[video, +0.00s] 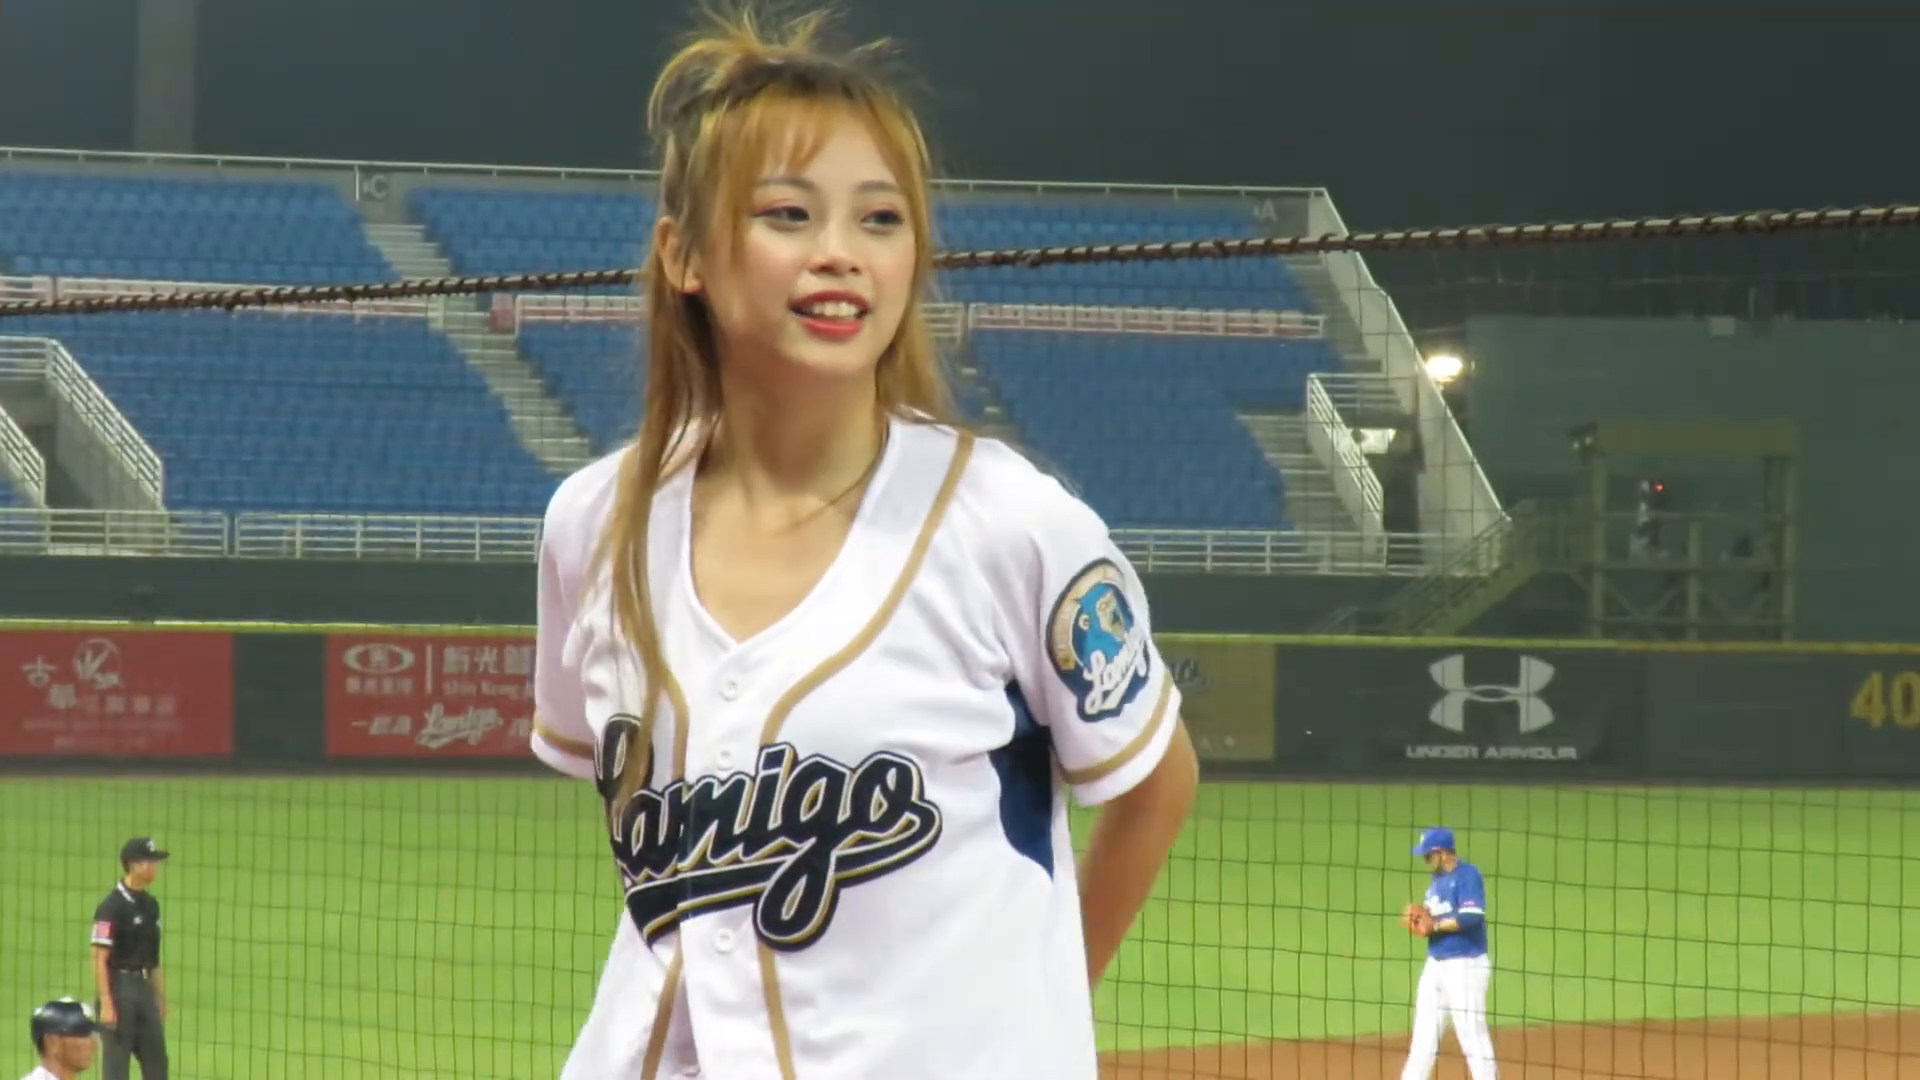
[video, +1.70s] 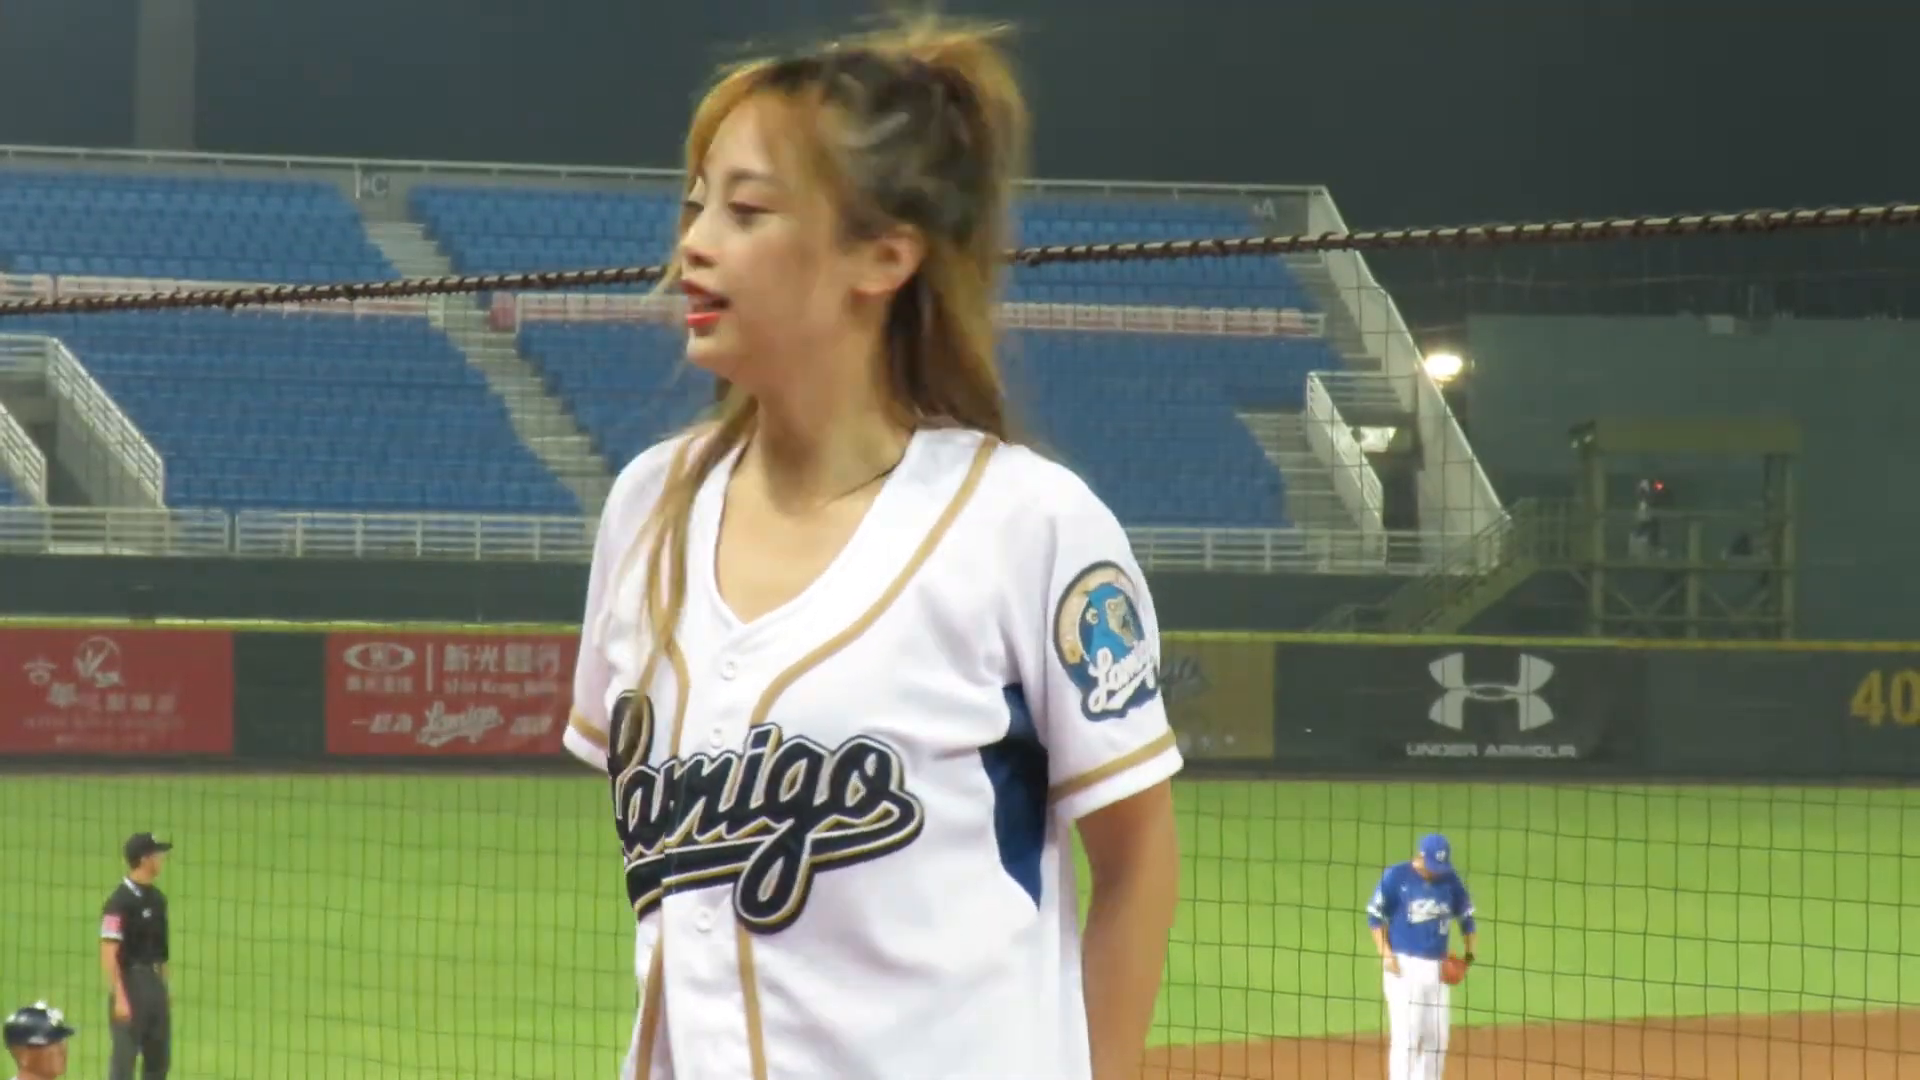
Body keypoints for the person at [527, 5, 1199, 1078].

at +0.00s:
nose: (841, 257)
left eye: (880, 219)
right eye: (788, 214)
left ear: (916, 263)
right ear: (688, 260)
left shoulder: (1019, 527)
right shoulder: (597, 523)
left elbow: (1156, 782)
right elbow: (632, 795)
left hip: (966, 1052)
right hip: (674, 1047)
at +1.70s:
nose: (691, 247)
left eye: (748, 210)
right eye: (698, 208)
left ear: (886, 258)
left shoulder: (1037, 524)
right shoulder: (650, 506)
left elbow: (1137, 859)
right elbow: (670, 851)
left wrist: (1097, 1072)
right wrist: (661, 1060)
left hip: (972, 1060)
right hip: (698, 1061)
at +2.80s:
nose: (670, 262)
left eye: (683, 228)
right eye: (677, 227)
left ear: (756, 260)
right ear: (760, 257)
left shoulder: (924, 516)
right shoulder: (764, 500)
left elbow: (1089, 878)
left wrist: (1087, 1069)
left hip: (881, 1056)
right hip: (720, 1050)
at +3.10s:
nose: (676, 257)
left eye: (690, 223)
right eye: (684, 221)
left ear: (763, 260)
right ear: (766, 259)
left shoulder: (930, 523)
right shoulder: (774, 506)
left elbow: (1093, 888)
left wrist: (1084, 1070)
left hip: (881, 1056)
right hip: (718, 1051)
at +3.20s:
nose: (678, 257)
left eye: (691, 223)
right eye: (686, 221)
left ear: (764, 261)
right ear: (768, 260)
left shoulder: (931, 525)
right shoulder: (775, 509)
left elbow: (1092, 888)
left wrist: (1084, 1076)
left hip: (882, 1060)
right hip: (719, 1054)